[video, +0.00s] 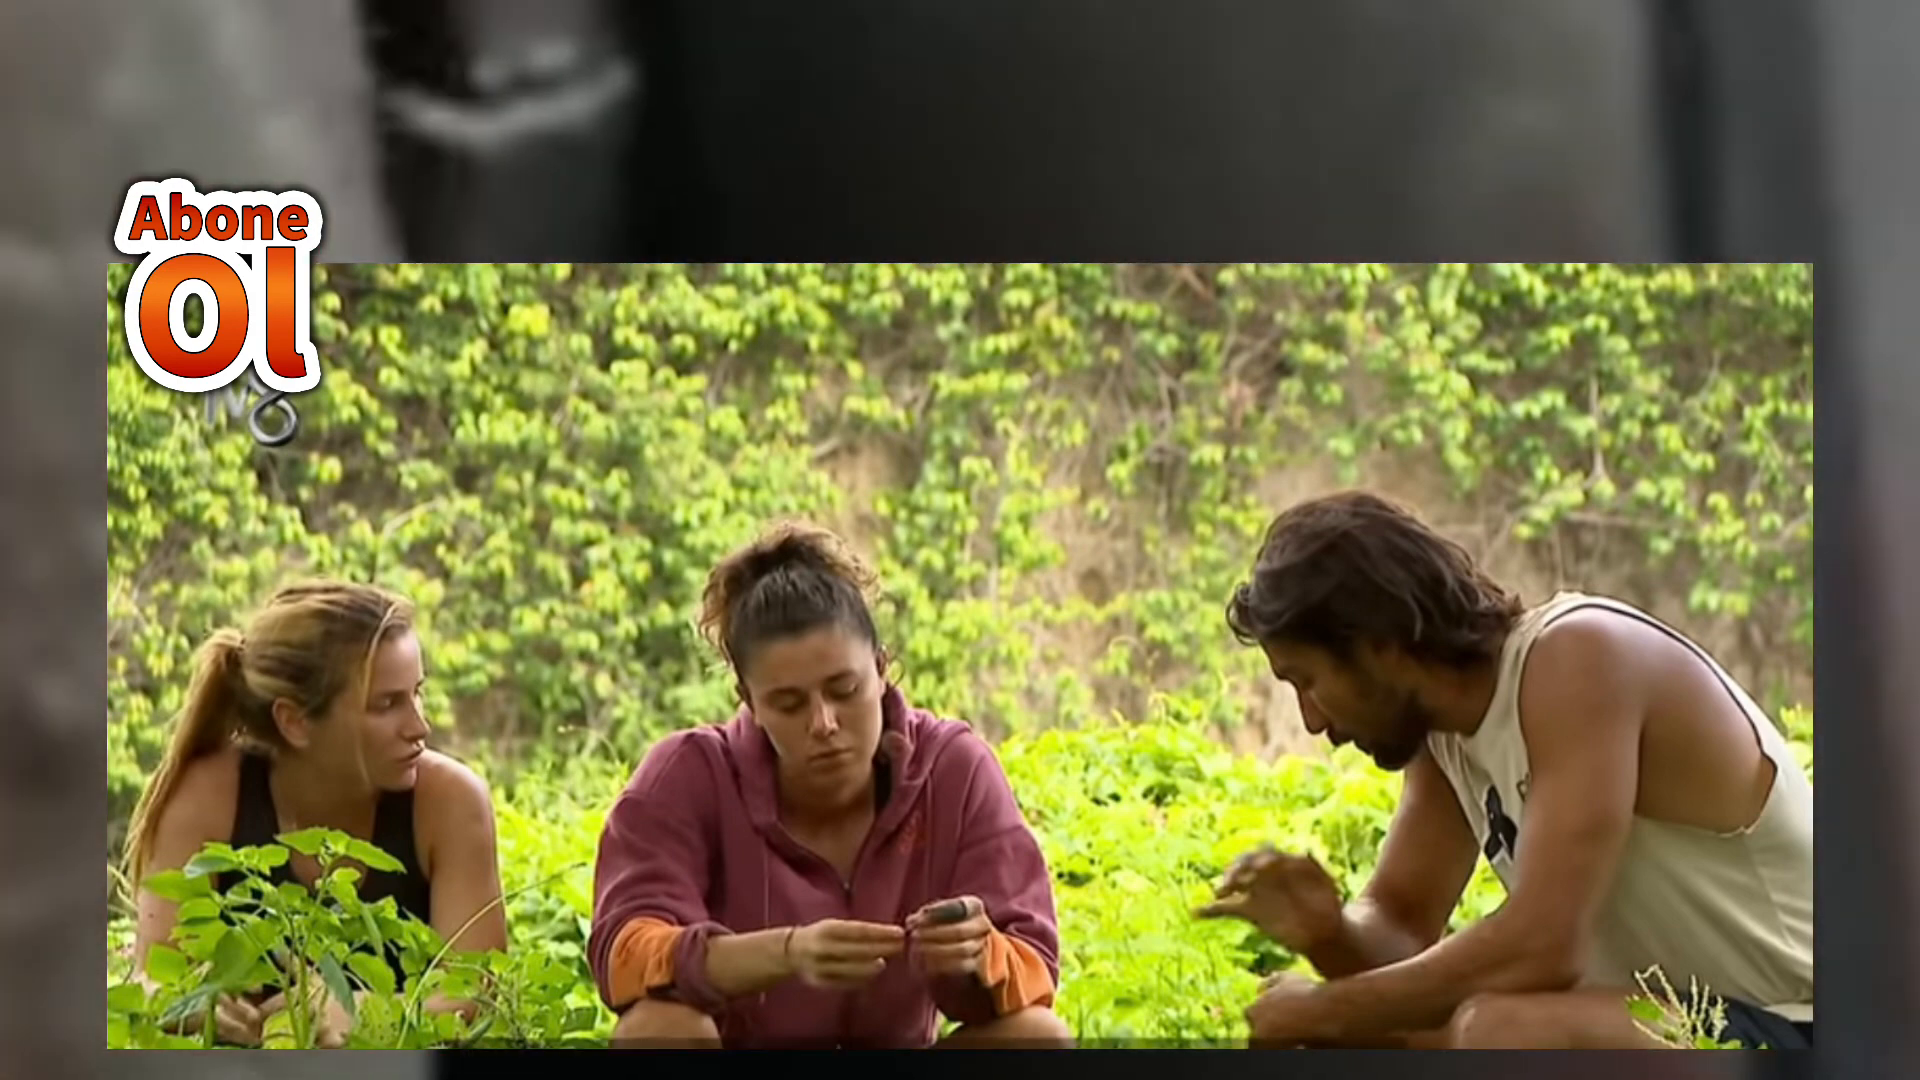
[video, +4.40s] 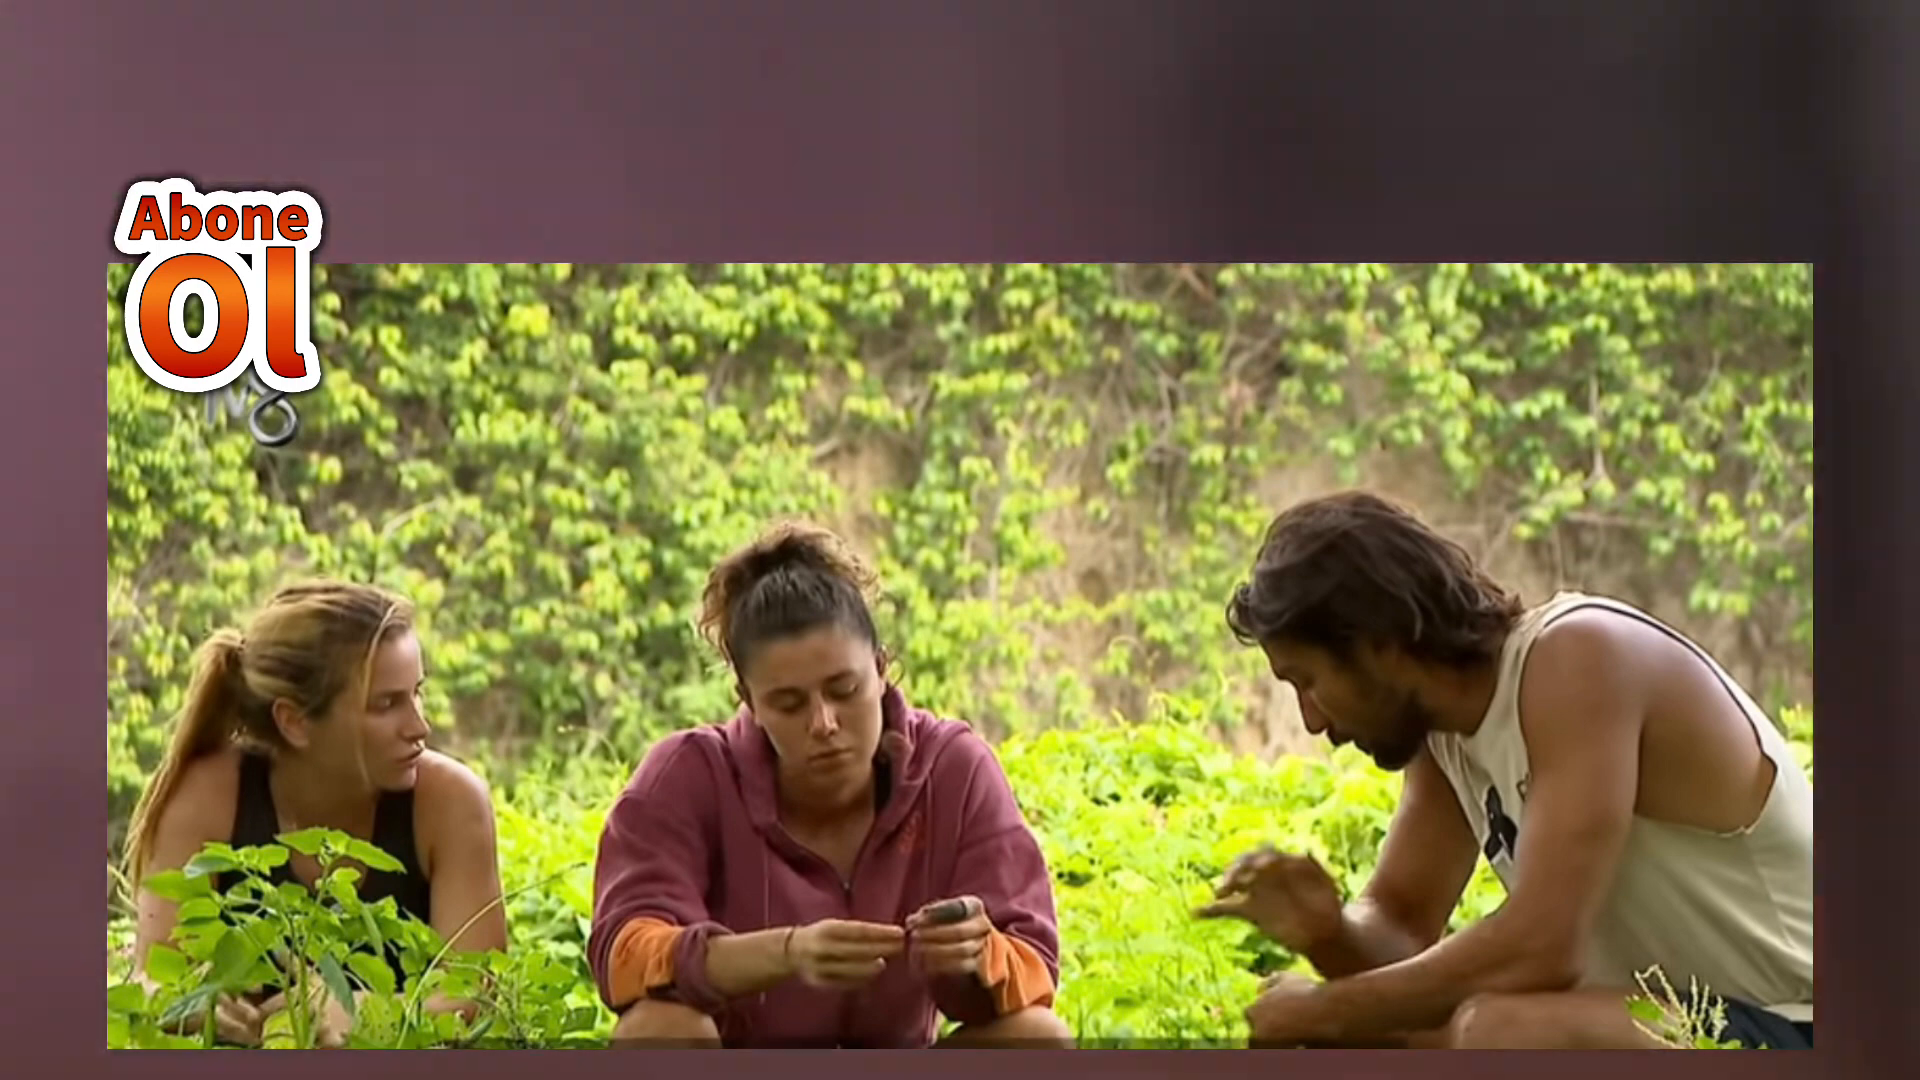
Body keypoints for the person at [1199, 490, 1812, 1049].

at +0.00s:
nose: (1310, 723)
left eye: (1306, 686)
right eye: (1295, 692)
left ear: (1385, 643)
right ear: (1385, 644)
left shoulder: (1584, 656)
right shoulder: (1451, 731)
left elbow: (1540, 950)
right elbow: (1403, 925)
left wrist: (1325, 1014)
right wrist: (1330, 933)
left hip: (1791, 1019)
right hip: (1661, 1006)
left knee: (1503, 1025)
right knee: (1379, 1027)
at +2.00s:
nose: (1310, 722)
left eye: (1305, 686)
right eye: (1295, 692)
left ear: (1384, 641)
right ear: (1384, 643)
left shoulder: (1584, 656)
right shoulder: (1451, 733)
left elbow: (1540, 950)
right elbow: (1402, 925)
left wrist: (1328, 1014)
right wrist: (1330, 933)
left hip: (1789, 1012)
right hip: (1653, 1003)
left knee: (1498, 1025)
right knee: (1378, 1028)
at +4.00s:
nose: (1310, 722)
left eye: (1305, 686)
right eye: (1295, 692)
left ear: (1384, 642)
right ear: (1384, 644)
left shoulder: (1584, 656)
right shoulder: (1450, 731)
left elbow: (1539, 951)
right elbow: (1403, 924)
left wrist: (1326, 1014)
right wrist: (1330, 933)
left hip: (1783, 1014)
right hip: (1651, 1003)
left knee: (1500, 1025)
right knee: (1383, 1027)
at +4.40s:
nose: (1311, 723)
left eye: (1306, 687)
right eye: (1295, 693)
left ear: (1383, 642)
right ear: (1383, 644)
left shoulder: (1584, 656)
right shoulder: (1451, 729)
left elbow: (1539, 950)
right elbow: (1402, 925)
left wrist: (1325, 1014)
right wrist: (1329, 932)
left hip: (1791, 1018)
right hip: (1662, 1003)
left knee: (1503, 1026)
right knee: (1377, 1027)